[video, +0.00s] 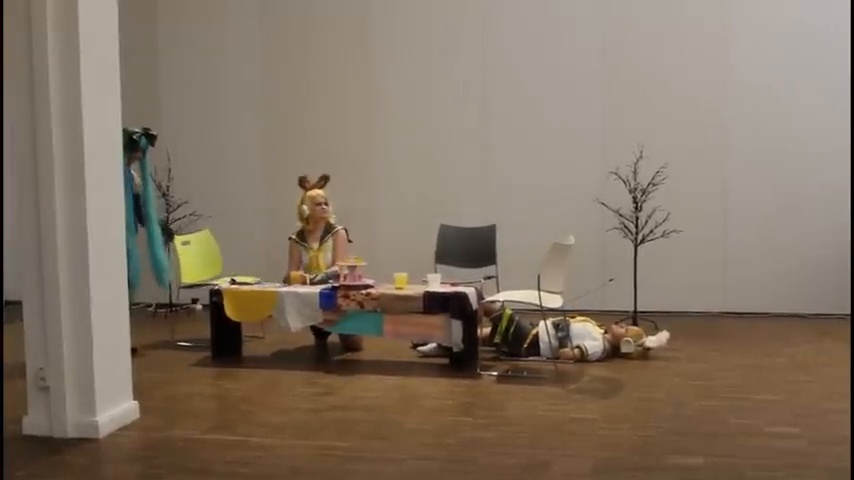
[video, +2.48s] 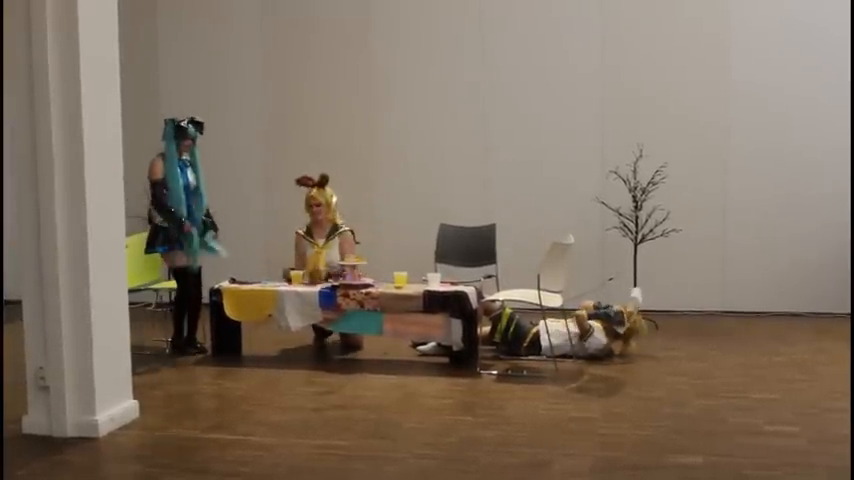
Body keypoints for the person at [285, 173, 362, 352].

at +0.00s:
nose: (324, 207)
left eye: (326, 203)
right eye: (318, 205)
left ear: (330, 207)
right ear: (307, 210)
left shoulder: (337, 232)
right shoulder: (297, 239)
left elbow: (340, 268)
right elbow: (291, 276)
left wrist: (313, 279)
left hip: (336, 290)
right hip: (309, 293)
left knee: (355, 344)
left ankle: (344, 332)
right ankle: (320, 341)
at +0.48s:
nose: (340, 214)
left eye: (342, 209)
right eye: (336, 210)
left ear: (344, 210)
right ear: (322, 211)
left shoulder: (346, 237)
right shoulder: (302, 235)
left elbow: (338, 272)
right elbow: (292, 272)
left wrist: (309, 280)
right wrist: (296, 280)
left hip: (336, 294)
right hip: (308, 295)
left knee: (352, 345)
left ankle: (343, 335)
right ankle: (319, 341)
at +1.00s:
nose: (362, 206)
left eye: (363, 202)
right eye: (357, 202)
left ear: (363, 205)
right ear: (343, 206)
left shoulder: (362, 231)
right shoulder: (325, 231)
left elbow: (387, 259)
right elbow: (302, 259)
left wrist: (395, 244)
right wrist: (295, 275)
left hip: (354, 295)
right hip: (324, 294)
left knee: (355, 346)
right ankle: (319, 334)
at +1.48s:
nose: (374, 209)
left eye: (376, 205)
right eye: (370, 203)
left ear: (377, 209)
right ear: (356, 204)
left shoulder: (369, 238)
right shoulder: (332, 228)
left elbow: (365, 269)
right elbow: (305, 248)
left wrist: (385, 275)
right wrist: (296, 273)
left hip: (352, 290)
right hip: (322, 287)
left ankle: (322, 329)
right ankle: (318, 333)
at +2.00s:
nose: (348, 212)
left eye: (351, 209)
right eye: (344, 208)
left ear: (353, 213)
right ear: (331, 210)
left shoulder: (349, 240)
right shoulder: (319, 235)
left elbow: (359, 272)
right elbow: (341, 258)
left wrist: (378, 253)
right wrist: (367, 245)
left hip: (341, 299)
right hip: (313, 299)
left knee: (352, 344)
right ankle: (316, 331)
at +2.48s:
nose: (314, 210)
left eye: (319, 205)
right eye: (310, 206)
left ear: (330, 206)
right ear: (307, 208)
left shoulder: (343, 233)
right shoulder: (302, 236)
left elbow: (350, 267)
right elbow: (298, 270)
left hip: (339, 288)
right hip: (311, 291)